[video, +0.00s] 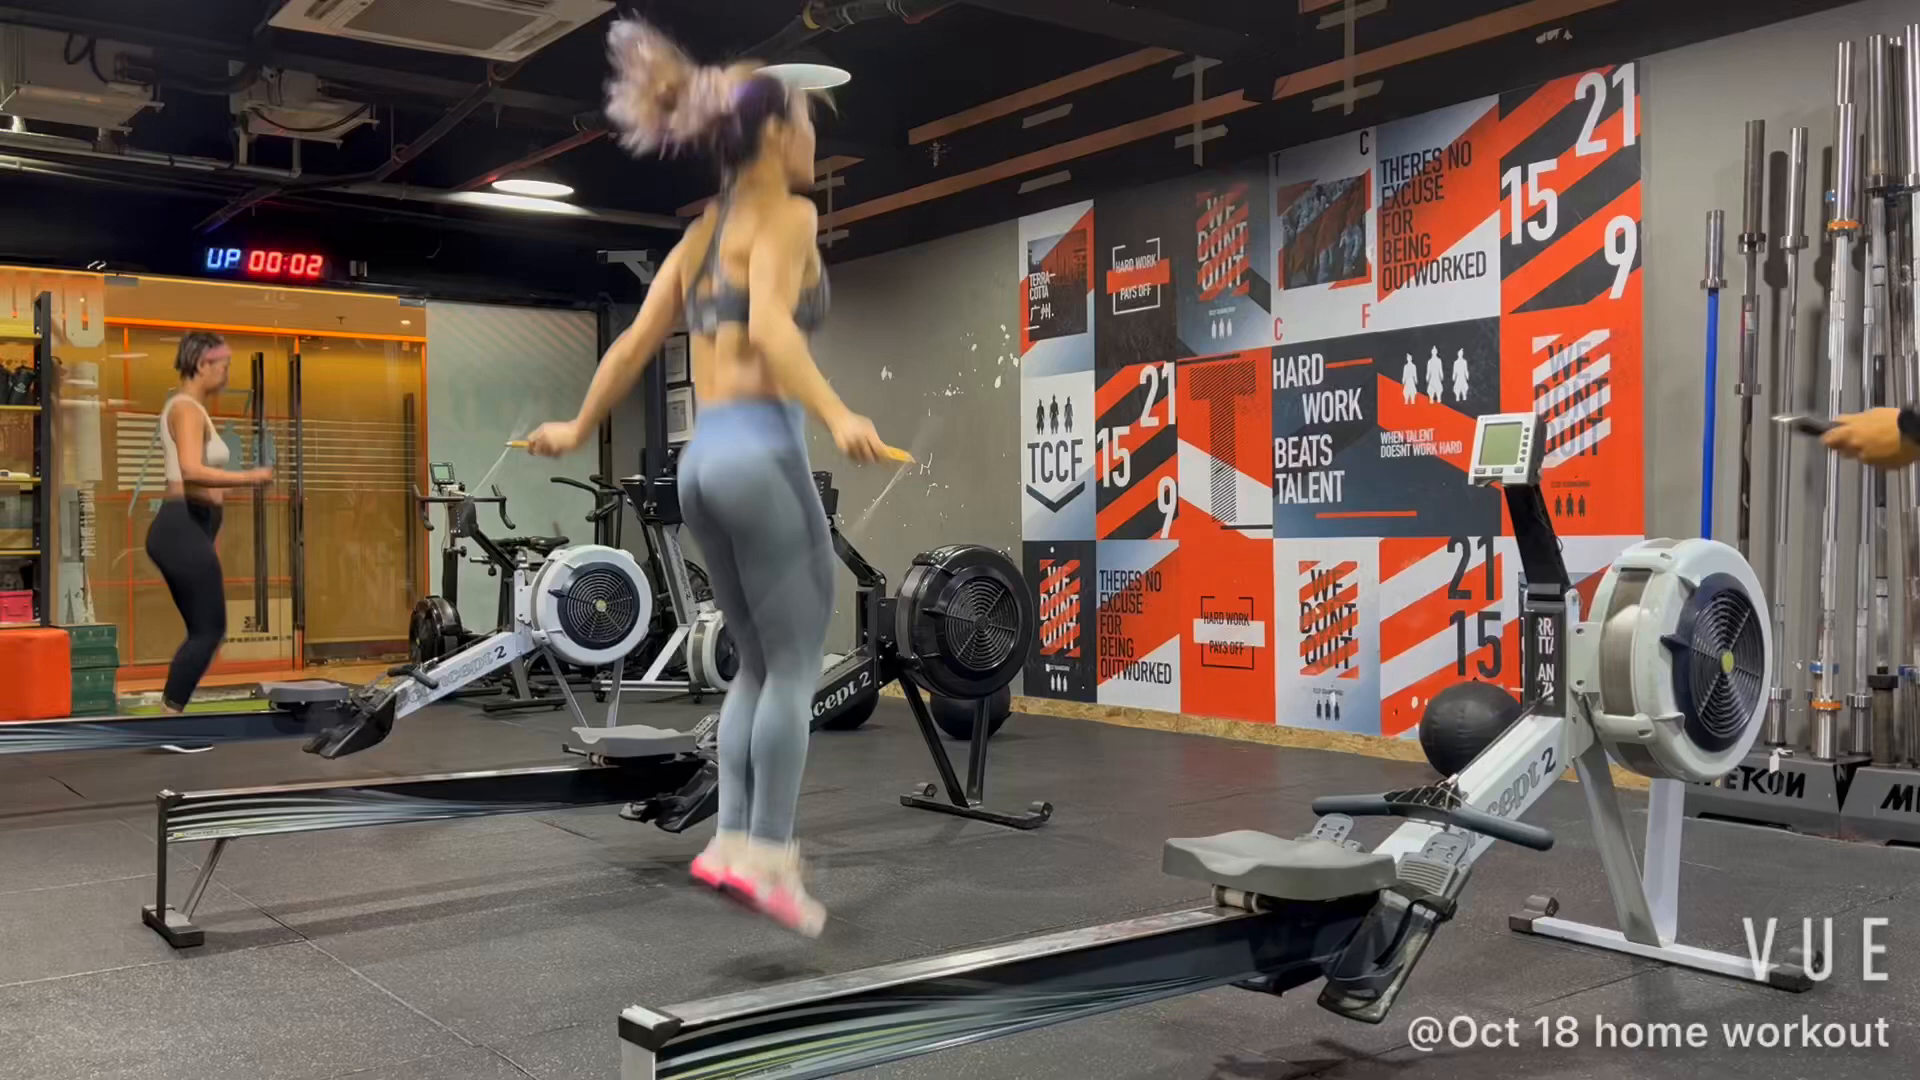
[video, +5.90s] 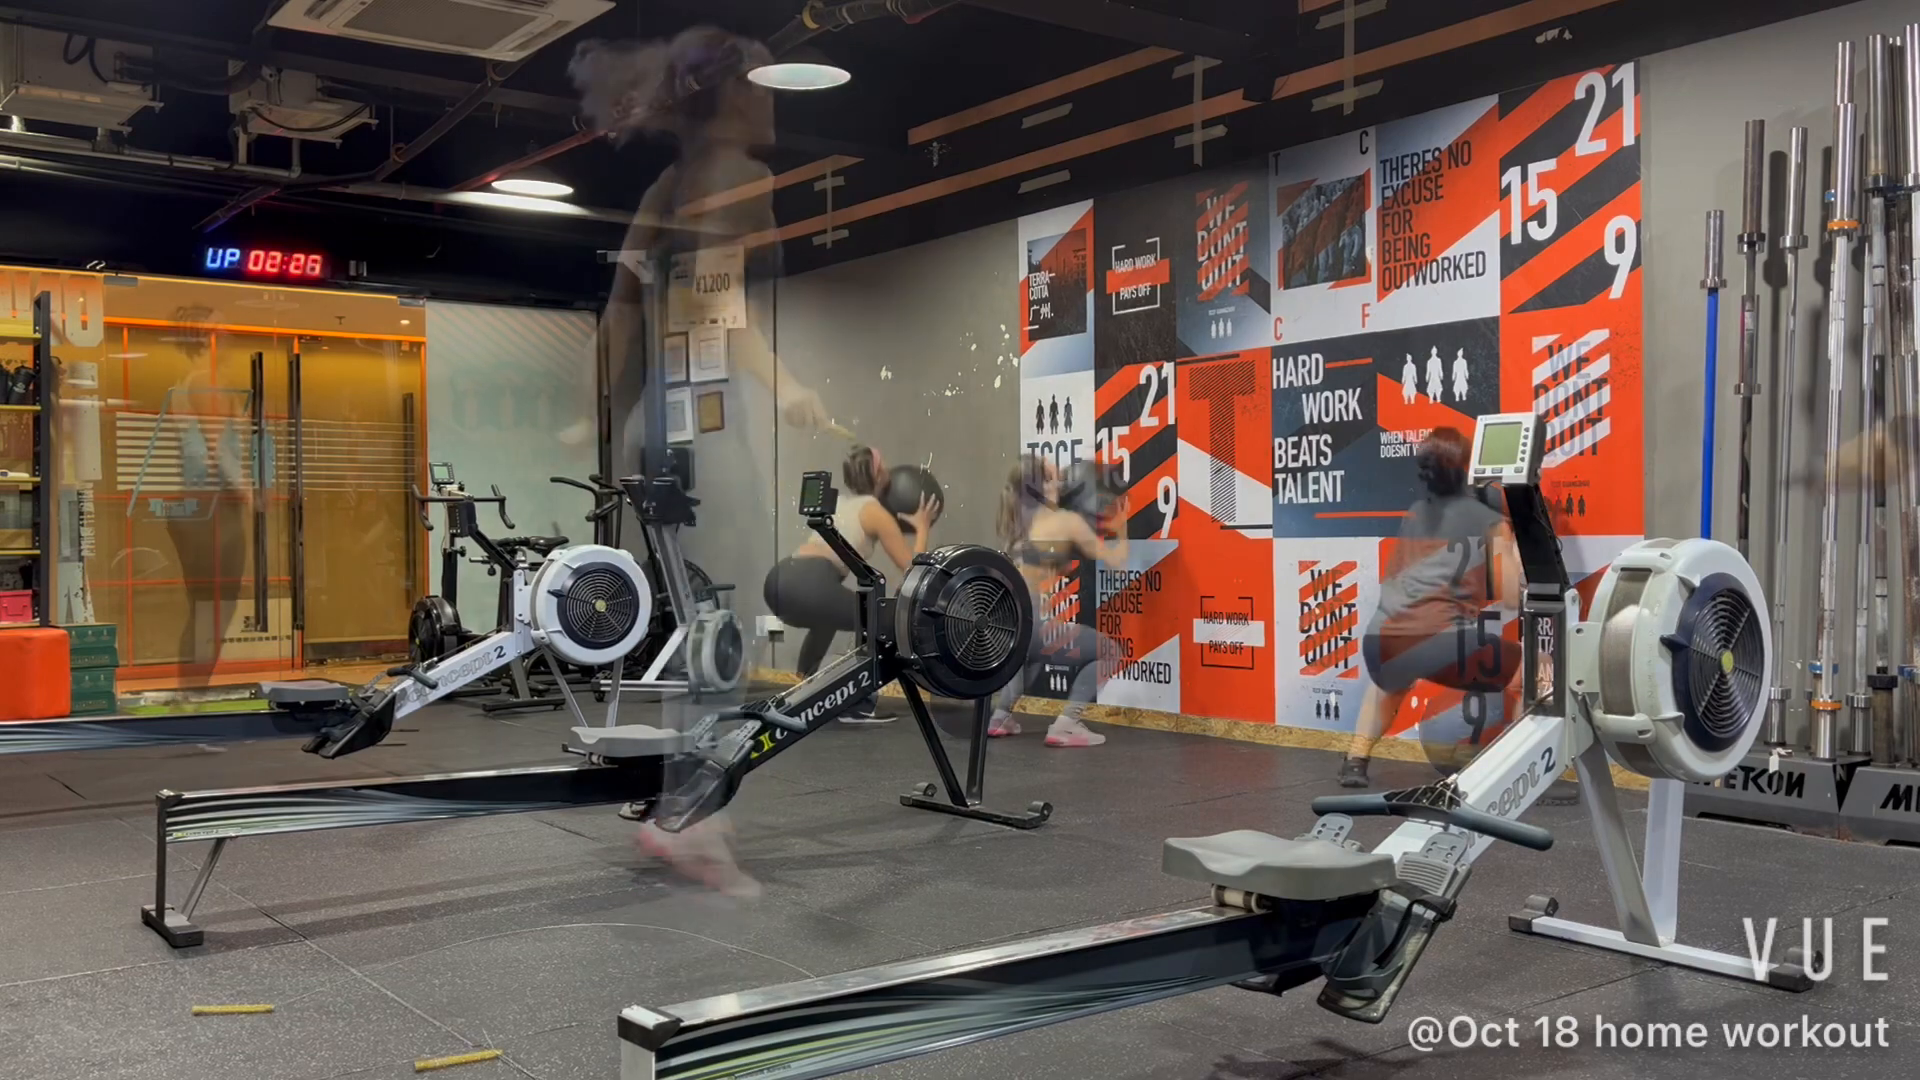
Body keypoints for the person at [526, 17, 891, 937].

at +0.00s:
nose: (813, 131)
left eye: (807, 117)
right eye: (802, 118)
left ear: (746, 139)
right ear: (774, 130)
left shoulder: (703, 232)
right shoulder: (787, 214)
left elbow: (638, 340)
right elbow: (771, 329)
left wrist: (578, 426)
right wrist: (839, 413)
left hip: (701, 456)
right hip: (757, 451)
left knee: (755, 661)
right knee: (792, 660)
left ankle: (734, 840)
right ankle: (771, 849)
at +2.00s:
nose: (776, 225)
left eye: (768, 210)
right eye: (765, 211)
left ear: (704, 230)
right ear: (740, 225)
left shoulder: (666, 320)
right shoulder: (749, 310)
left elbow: (623, 452)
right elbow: (743, 437)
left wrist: (659, 512)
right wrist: (837, 506)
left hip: (664, 553)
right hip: (721, 550)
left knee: (724, 746)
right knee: (767, 745)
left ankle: (666, 913)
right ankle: (685, 915)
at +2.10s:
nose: (767, 134)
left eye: (760, 119)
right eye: (757, 121)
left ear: (691, 143)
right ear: (730, 133)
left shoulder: (663, 236)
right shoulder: (746, 218)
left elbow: (624, 361)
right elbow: (742, 339)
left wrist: (603, 436)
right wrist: (839, 412)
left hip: (670, 452)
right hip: (725, 449)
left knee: (695, 667)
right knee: (739, 672)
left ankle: (687, 845)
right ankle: (714, 854)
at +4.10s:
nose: (773, 94)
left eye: (769, 78)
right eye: (765, 80)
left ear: (696, 93)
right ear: (736, 84)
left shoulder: (659, 183)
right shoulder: (749, 167)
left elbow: (622, 313)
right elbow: (728, 288)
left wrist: (611, 408)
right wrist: (795, 381)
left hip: (653, 405)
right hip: (710, 402)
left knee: (701, 620)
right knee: (749, 614)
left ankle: (688, 794)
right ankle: (712, 800)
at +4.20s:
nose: (776, 134)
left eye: (769, 119)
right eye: (764, 122)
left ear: (704, 145)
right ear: (737, 139)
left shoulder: (668, 231)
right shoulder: (748, 219)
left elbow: (607, 345)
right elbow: (723, 335)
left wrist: (549, 432)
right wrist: (796, 414)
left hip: (661, 464)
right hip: (713, 462)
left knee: (703, 673)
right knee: (741, 671)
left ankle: (687, 850)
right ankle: (717, 861)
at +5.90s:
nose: (771, 111)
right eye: (761, 96)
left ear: (683, 93)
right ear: (727, 93)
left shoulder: (675, 187)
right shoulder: (730, 176)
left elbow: (630, 316)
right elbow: (710, 309)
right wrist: (791, 391)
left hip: (667, 413)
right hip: (713, 409)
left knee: (706, 607)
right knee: (729, 606)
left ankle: (689, 811)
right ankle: (690, 812)